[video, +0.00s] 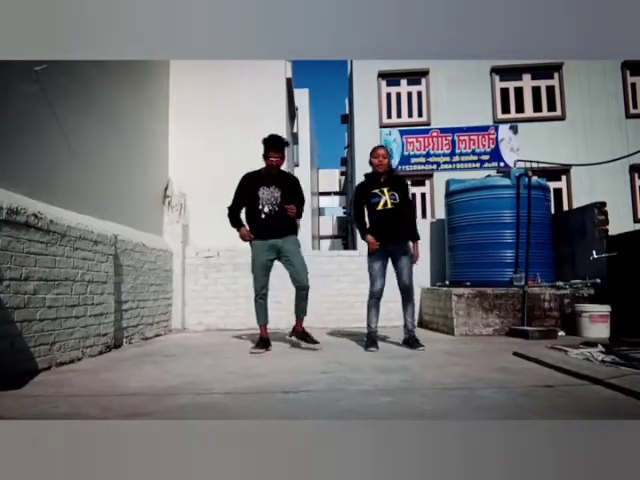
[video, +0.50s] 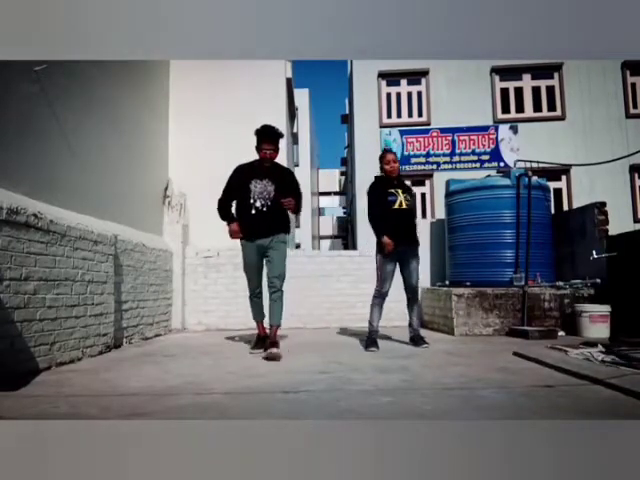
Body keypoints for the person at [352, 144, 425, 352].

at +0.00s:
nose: (380, 161)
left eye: (383, 157)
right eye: (376, 157)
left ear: (389, 160)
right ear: (371, 161)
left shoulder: (400, 182)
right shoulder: (363, 187)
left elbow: (409, 213)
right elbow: (357, 214)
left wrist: (415, 241)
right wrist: (366, 235)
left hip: (401, 242)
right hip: (377, 243)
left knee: (407, 287)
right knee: (376, 290)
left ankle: (410, 334)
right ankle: (371, 335)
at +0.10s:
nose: (378, 162)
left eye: (381, 158)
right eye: (374, 159)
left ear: (386, 161)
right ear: (367, 163)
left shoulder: (396, 183)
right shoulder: (362, 189)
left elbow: (404, 213)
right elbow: (357, 218)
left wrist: (412, 240)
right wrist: (370, 238)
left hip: (399, 242)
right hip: (377, 245)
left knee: (411, 283)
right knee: (377, 291)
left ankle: (413, 331)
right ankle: (372, 336)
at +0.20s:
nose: (379, 162)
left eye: (382, 158)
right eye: (375, 159)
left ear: (387, 160)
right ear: (369, 162)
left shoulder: (396, 184)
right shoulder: (363, 188)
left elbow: (400, 213)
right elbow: (361, 217)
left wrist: (408, 239)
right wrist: (375, 236)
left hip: (399, 241)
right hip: (378, 244)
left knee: (413, 282)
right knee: (378, 290)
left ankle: (416, 328)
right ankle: (372, 335)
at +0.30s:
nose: (382, 162)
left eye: (384, 158)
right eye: (377, 159)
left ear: (388, 160)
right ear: (371, 162)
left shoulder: (397, 183)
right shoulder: (366, 186)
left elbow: (400, 212)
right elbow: (366, 215)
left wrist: (405, 237)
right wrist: (378, 235)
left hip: (400, 240)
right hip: (380, 243)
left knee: (413, 284)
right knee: (378, 289)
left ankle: (417, 330)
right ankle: (371, 334)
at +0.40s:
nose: (386, 165)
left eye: (388, 161)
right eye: (381, 162)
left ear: (393, 163)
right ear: (375, 165)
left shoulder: (399, 185)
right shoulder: (371, 187)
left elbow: (403, 212)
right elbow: (369, 217)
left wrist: (407, 236)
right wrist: (381, 236)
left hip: (403, 241)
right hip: (384, 244)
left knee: (412, 289)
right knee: (378, 290)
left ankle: (415, 333)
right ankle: (371, 335)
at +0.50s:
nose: (392, 165)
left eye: (394, 162)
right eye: (388, 163)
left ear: (399, 164)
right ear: (382, 166)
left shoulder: (407, 188)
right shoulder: (376, 187)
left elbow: (412, 216)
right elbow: (373, 216)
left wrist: (412, 239)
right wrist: (382, 237)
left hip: (409, 243)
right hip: (388, 244)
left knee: (413, 290)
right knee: (382, 291)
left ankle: (415, 333)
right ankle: (372, 335)